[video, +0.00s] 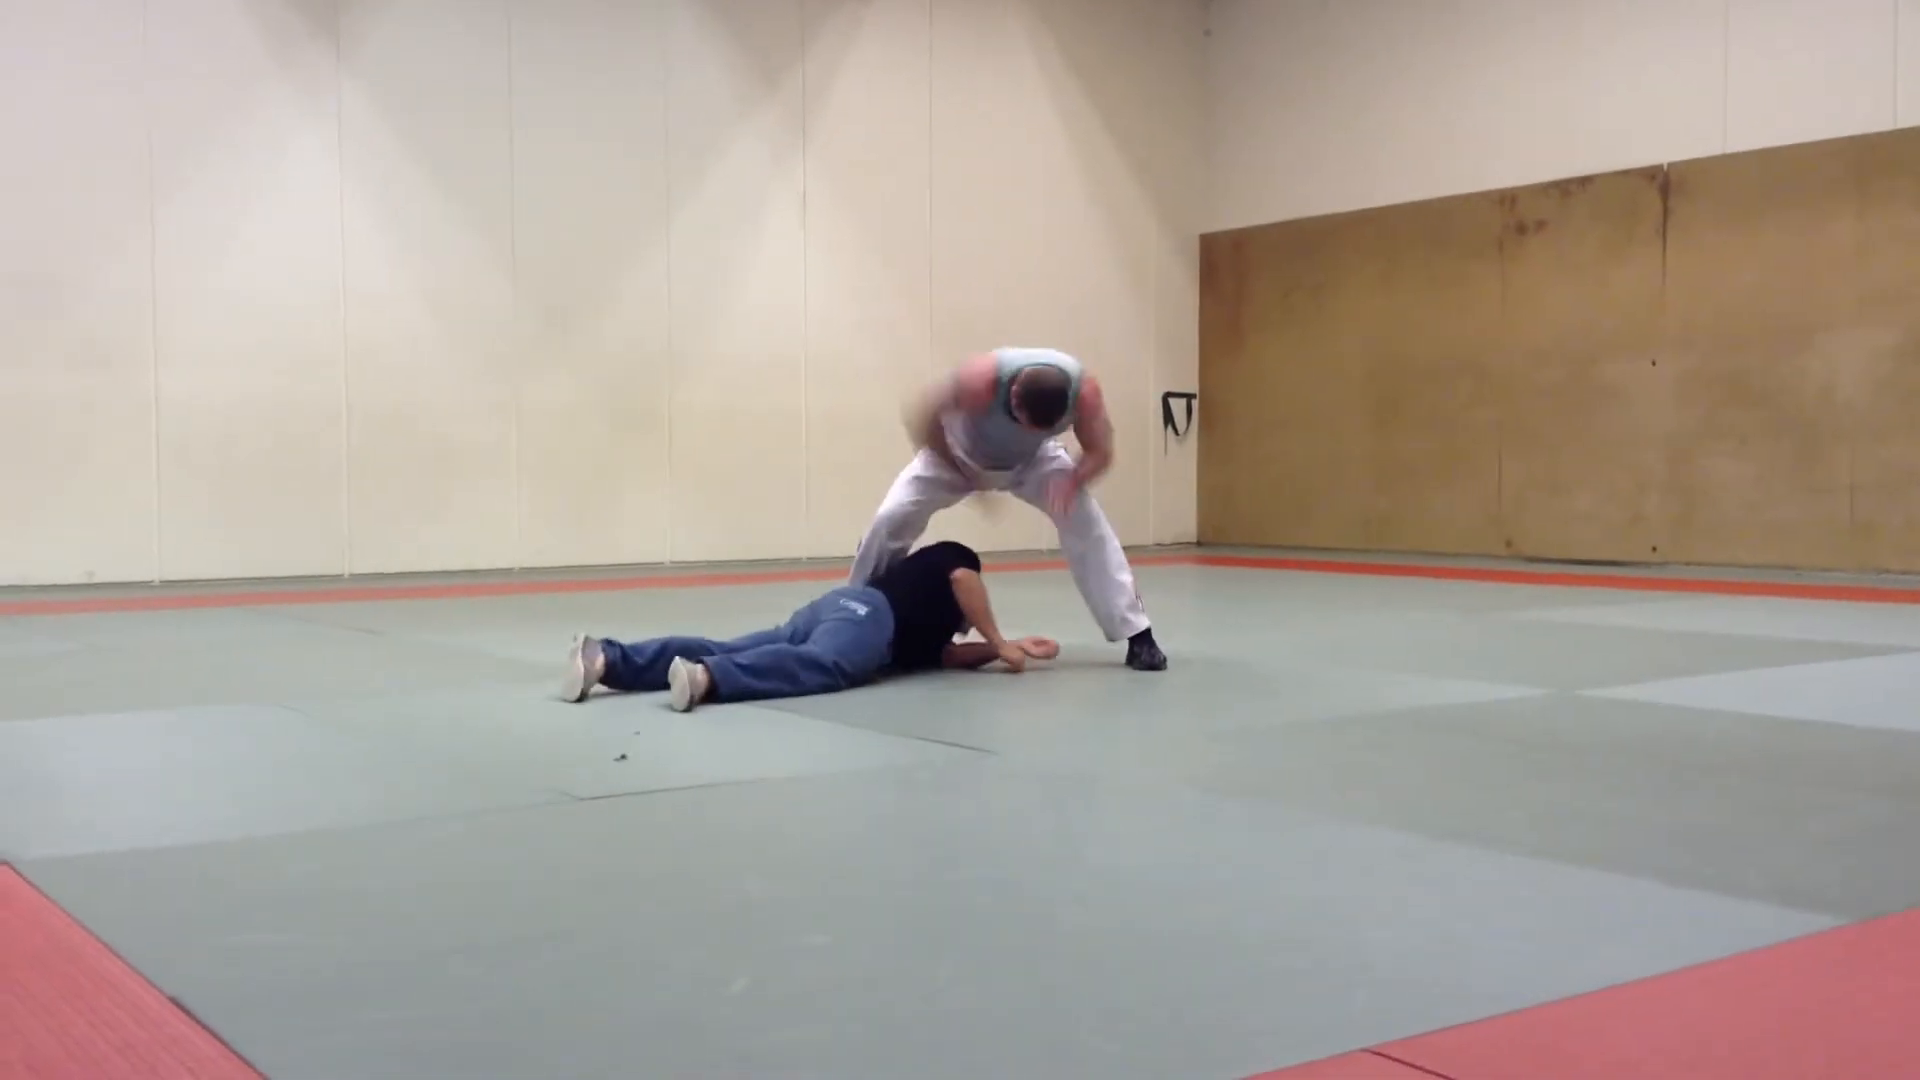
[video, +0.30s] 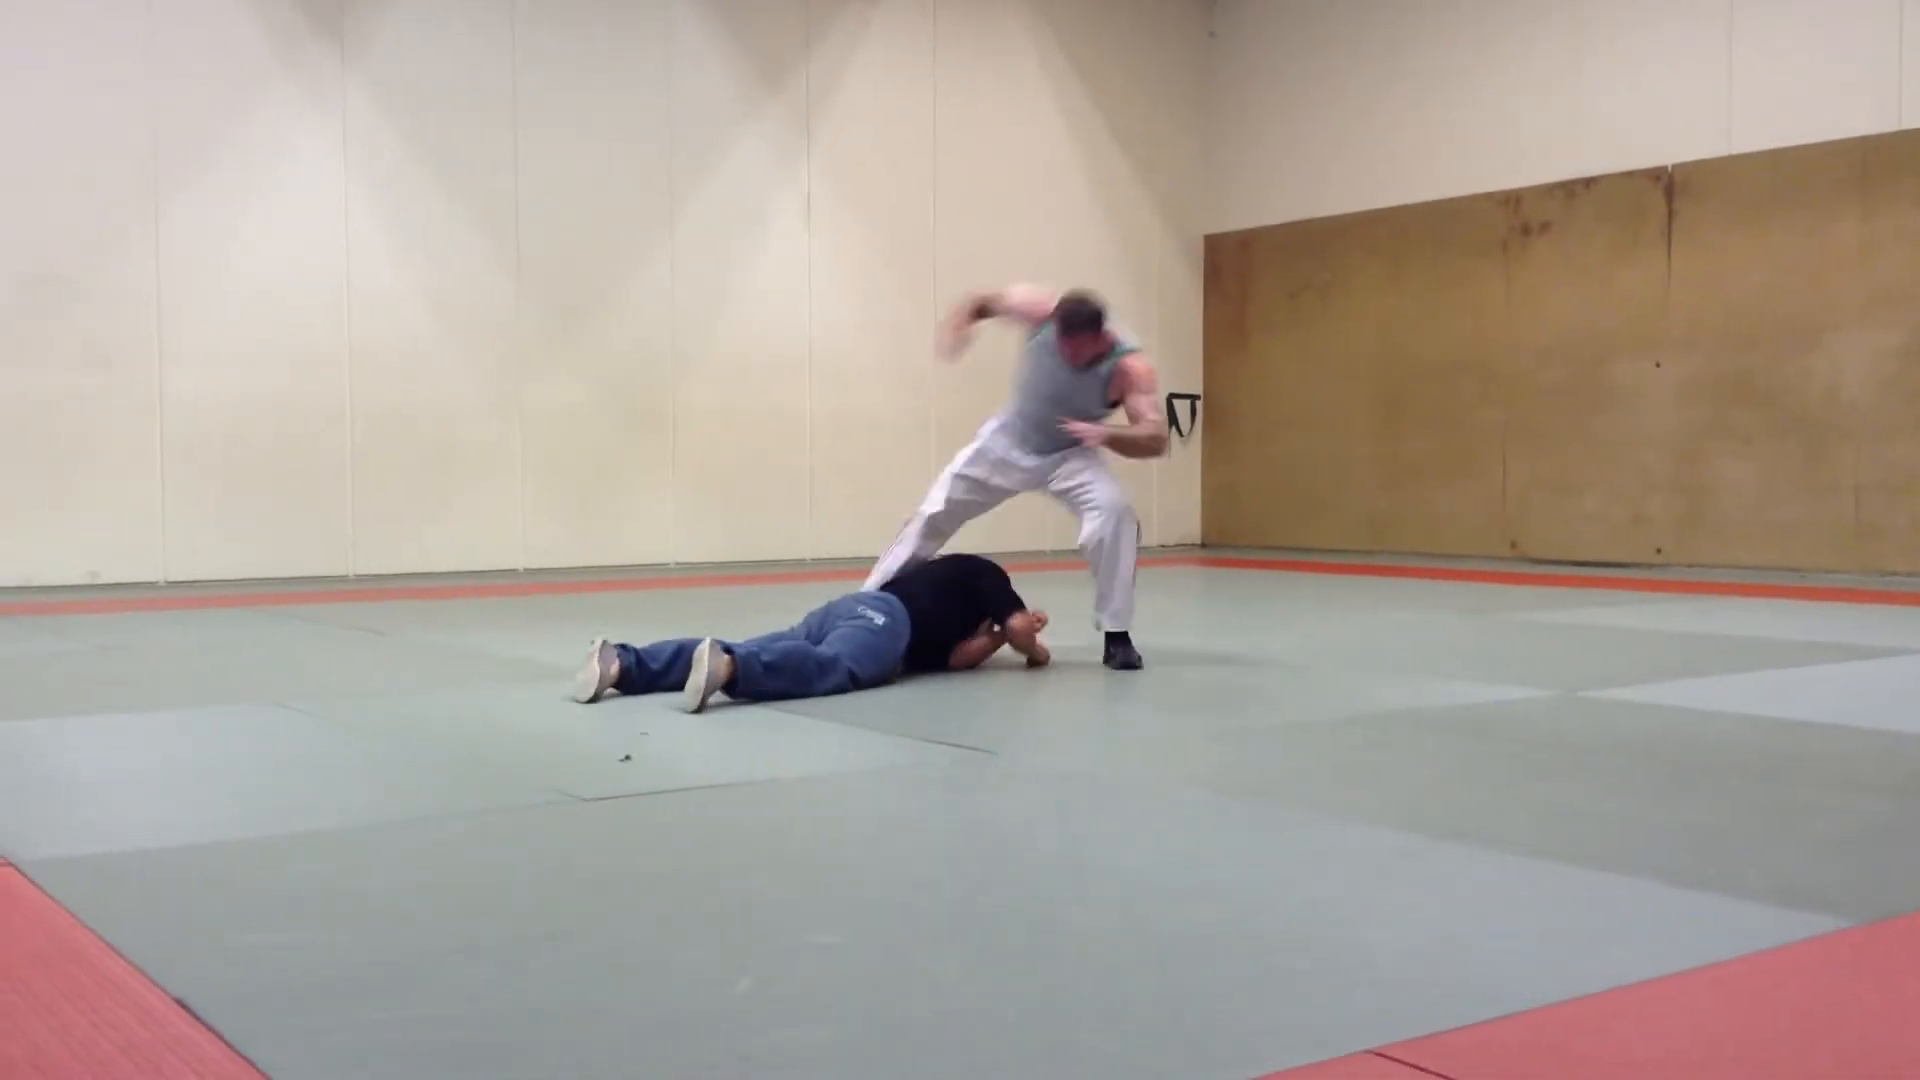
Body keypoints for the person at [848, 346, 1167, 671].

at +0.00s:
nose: (1031, 429)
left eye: (1042, 427)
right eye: (1026, 422)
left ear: (1065, 408)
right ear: (1014, 394)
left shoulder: (1083, 392)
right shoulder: (982, 378)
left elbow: (1100, 451)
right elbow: (920, 418)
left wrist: (1074, 480)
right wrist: (965, 477)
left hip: (1033, 460)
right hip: (959, 455)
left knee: (1085, 517)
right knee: (892, 518)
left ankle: (1138, 635)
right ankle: (854, 616)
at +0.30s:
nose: (1070, 355)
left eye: (1079, 349)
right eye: (1064, 346)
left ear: (1100, 337)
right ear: (1057, 329)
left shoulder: (1129, 367)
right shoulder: (1046, 313)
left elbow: (1156, 440)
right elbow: (981, 302)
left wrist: (1108, 436)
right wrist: (956, 331)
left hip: (1072, 457)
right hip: (1008, 443)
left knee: (1115, 512)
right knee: (935, 514)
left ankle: (1117, 635)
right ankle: (869, 607)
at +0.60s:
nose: (1186, 246)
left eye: (1194, 237)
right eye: (1183, 237)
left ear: (1222, 232)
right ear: (1182, 235)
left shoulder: (1251, 280)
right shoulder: (1181, 271)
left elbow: (1281, 345)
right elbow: (1146, 297)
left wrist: (1219, 344)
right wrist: (1109, 300)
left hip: (1198, 416)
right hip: (1154, 406)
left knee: (1170, 516)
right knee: (1097, 490)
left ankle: (1146, 624)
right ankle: (1168, 574)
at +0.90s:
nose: (1302, 246)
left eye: (1309, 236)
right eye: (1301, 236)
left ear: (1336, 230)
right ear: (1325, 233)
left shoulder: (1358, 270)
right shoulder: (1332, 273)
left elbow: (1345, 325)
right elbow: (1335, 334)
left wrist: (1279, 335)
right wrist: (1292, 340)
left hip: (1354, 408)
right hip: (1322, 406)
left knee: (1322, 516)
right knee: (1274, 495)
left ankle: (1365, 606)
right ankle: (1273, 601)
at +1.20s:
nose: (1469, 261)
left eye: (1475, 249)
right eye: (1464, 253)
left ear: (1501, 243)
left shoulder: (1517, 283)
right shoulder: (1526, 280)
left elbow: (1508, 341)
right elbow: (1512, 346)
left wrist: (1458, 342)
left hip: (1513, 412)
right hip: (1537, 409)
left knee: (1454, 499)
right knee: (1513, 509)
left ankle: (1478, 603)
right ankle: (1541, 608)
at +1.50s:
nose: (1628, 271)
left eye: (1634, 261)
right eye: (1624, 262)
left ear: (1658, 253)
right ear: (1650, 257)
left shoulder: (1677, 294)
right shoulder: (1679, 287)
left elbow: (1671, 355)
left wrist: (1619, 374)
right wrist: (1646, 333)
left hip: (1688, 415)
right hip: (1676, 413)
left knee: (1678, 516)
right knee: (1647, 503)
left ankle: (1721, 608)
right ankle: (1715, 584)